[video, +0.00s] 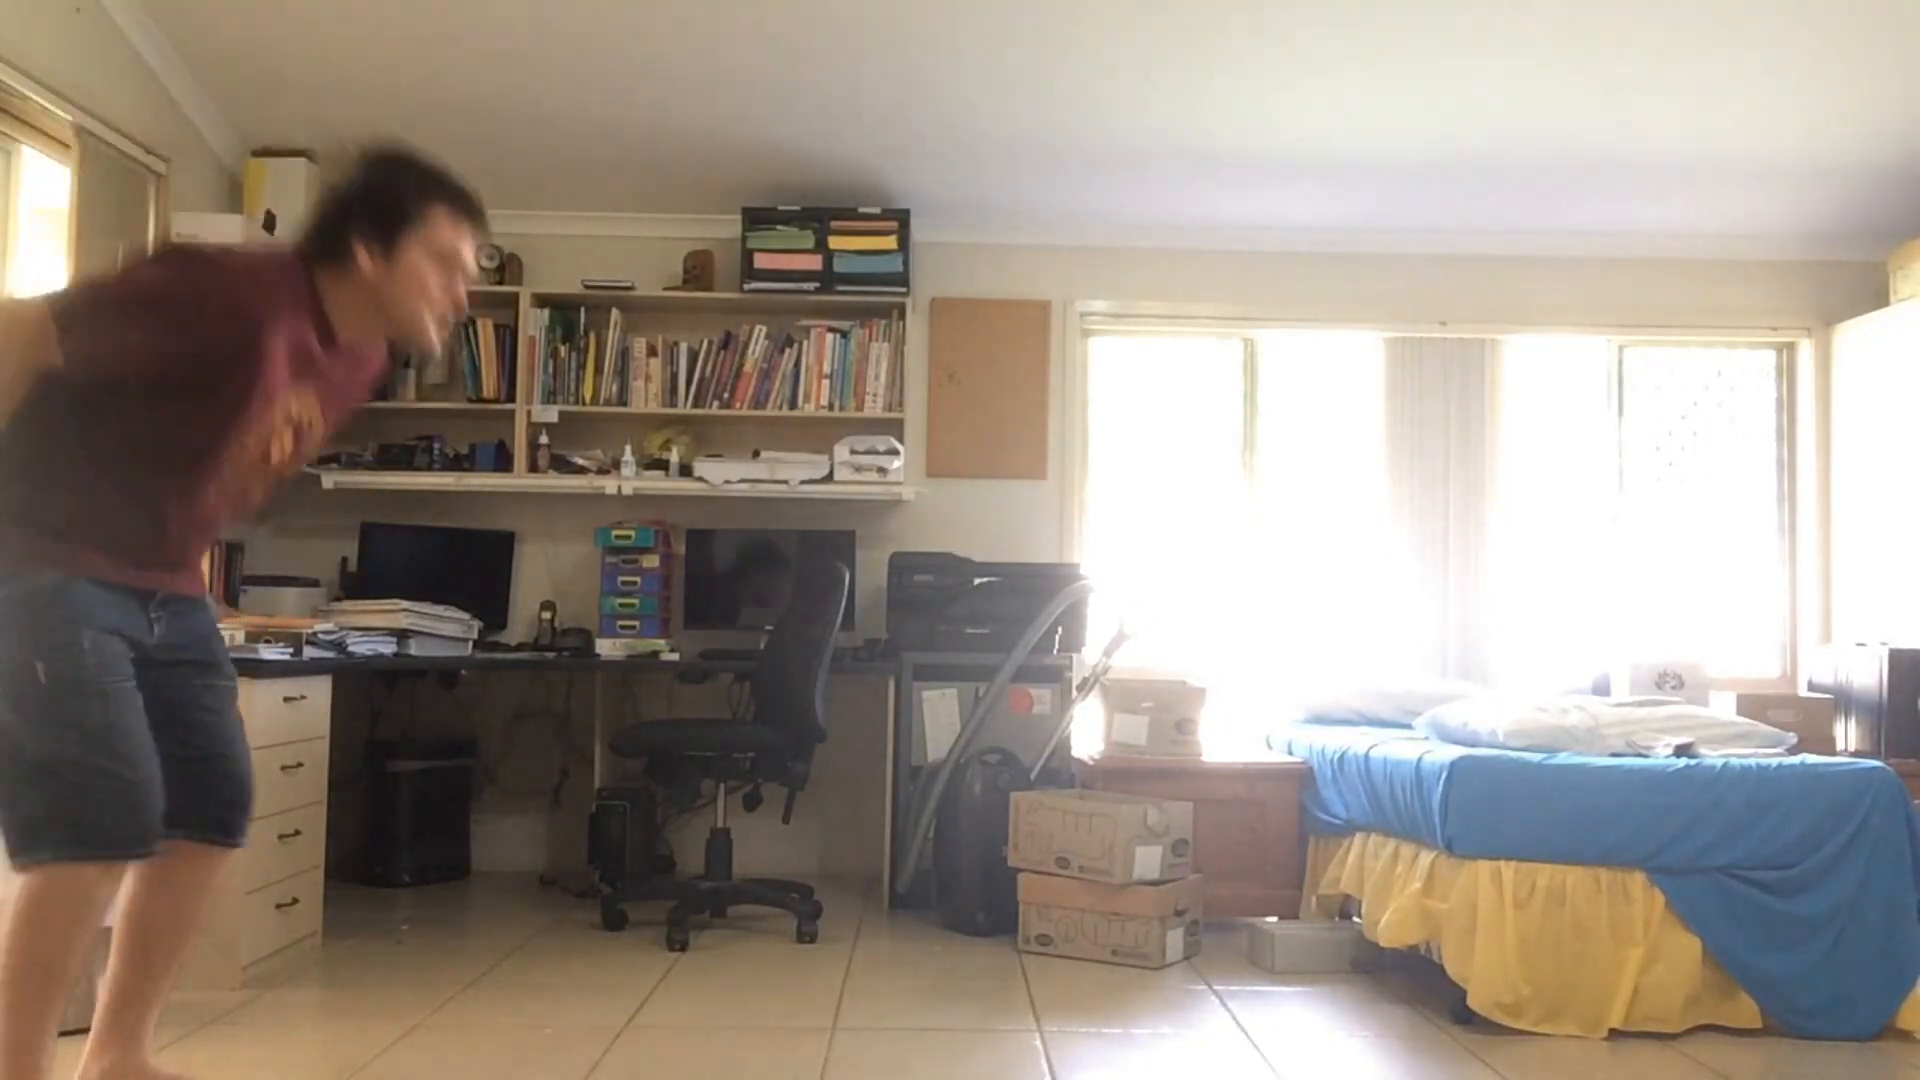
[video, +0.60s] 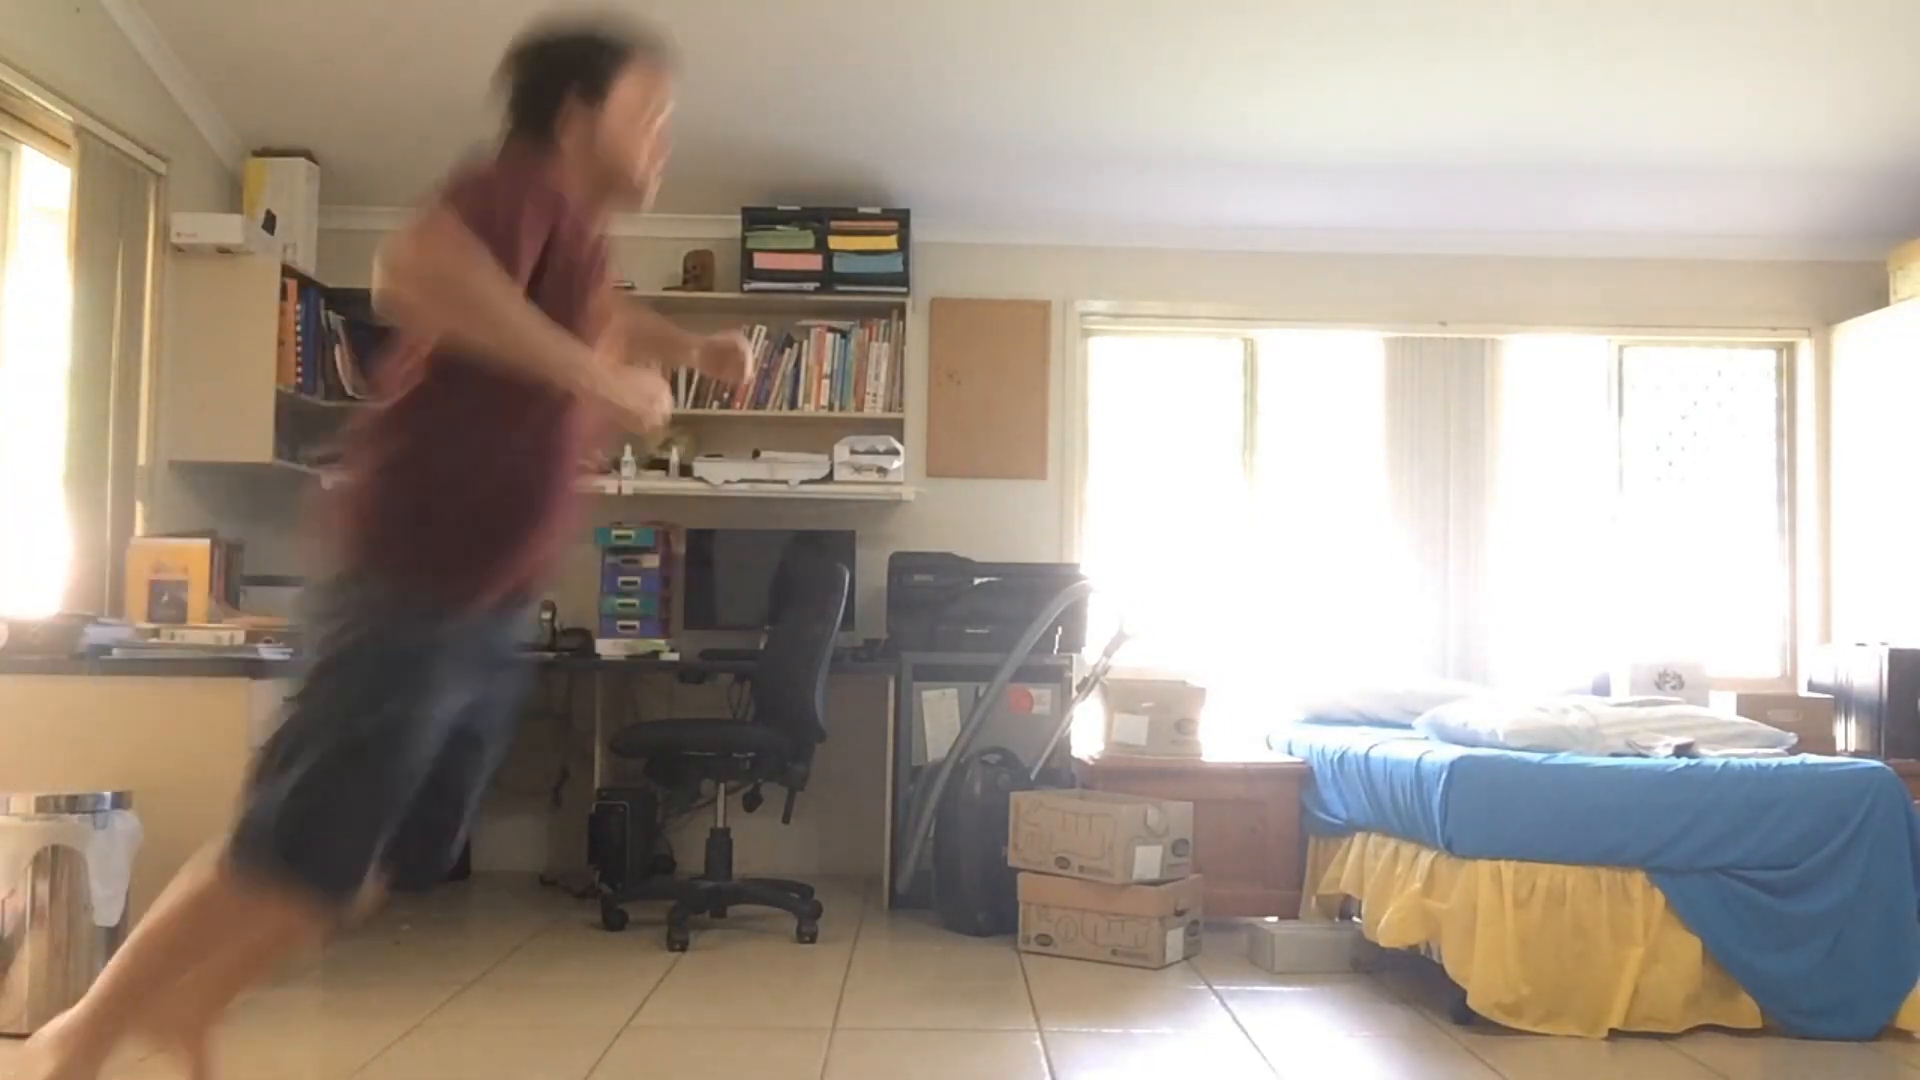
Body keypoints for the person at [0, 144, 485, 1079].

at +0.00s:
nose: (465, 292)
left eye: (471, 273)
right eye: (449, 262)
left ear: (383, 262)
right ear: (372, 248)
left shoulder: (360, 363)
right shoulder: (226, 290)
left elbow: (229, 476)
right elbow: (26, 333)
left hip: (166, 582)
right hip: (45, 567)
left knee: (208, 806)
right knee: (96, 815)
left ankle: (117, 1056)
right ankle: (20, 1063)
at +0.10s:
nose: (490, 400)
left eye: (498, 384)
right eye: (479, 373)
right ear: (404, 350)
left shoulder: (378, 438)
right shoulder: (250, 379)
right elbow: (32, 386)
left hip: (166, 604)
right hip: (47, 583)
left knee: (239, 816)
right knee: (134, 834)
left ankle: (118, 1059)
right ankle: (25, 1065)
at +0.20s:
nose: (519, 486)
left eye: (529, 466)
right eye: (509, 457)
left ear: (437, 442)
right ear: (435, 435)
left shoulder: (397, 504)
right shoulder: (294, 453)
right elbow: (68, 475)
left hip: (178, 643)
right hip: (56, 623)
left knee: (268, 839)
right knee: (184, 852)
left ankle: (120, 1061)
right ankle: (34, 1069)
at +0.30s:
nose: (553, 497)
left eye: (561, 475)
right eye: (543, 470)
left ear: (474, 461)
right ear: (471, 455)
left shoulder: (428, 526)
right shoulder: (312, 486)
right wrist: (16, 773)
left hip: (206, 675)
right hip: (92, 664)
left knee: (300, 870)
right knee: (229, 881)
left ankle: (119, 1063)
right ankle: (39, 1065)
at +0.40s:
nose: (580, 416)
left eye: (583, 398)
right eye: (568, 393)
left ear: (507, 396)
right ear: (495, 388)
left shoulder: (464, 488)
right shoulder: (366, 443)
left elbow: (383, 635)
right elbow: (241, 647)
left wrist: (497, 730)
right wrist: (340, 821)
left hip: (216, 669)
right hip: (123, 667)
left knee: (323, 893)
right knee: (270, 907)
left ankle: (132, 1053)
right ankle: (47, 1067)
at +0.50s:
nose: (606, 282)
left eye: (606, 260)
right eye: (590, 257)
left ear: (547, 271)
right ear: (518, 264)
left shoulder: (525, 378)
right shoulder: (438, 340)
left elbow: (528, 507)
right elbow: (386, 508)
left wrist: (653, 489)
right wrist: (566, 535)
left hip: (345, 656)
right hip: (228, 643)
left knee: (372, 898)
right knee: (300, 912)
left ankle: (145, 1042)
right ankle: (53, 1063)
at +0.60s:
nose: (665, 135)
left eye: (666, 112)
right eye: (651, 109)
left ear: (598, 117)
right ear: (579, 111)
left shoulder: (575, 230)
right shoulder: (516, 188)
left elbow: (600, 320)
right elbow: (419, 267)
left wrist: (688, 347)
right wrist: (595, 372)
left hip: (490, 596)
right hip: (409, 583)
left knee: (363, 869)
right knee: (289, 860)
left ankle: (187, 1021)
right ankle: (65, 1050)